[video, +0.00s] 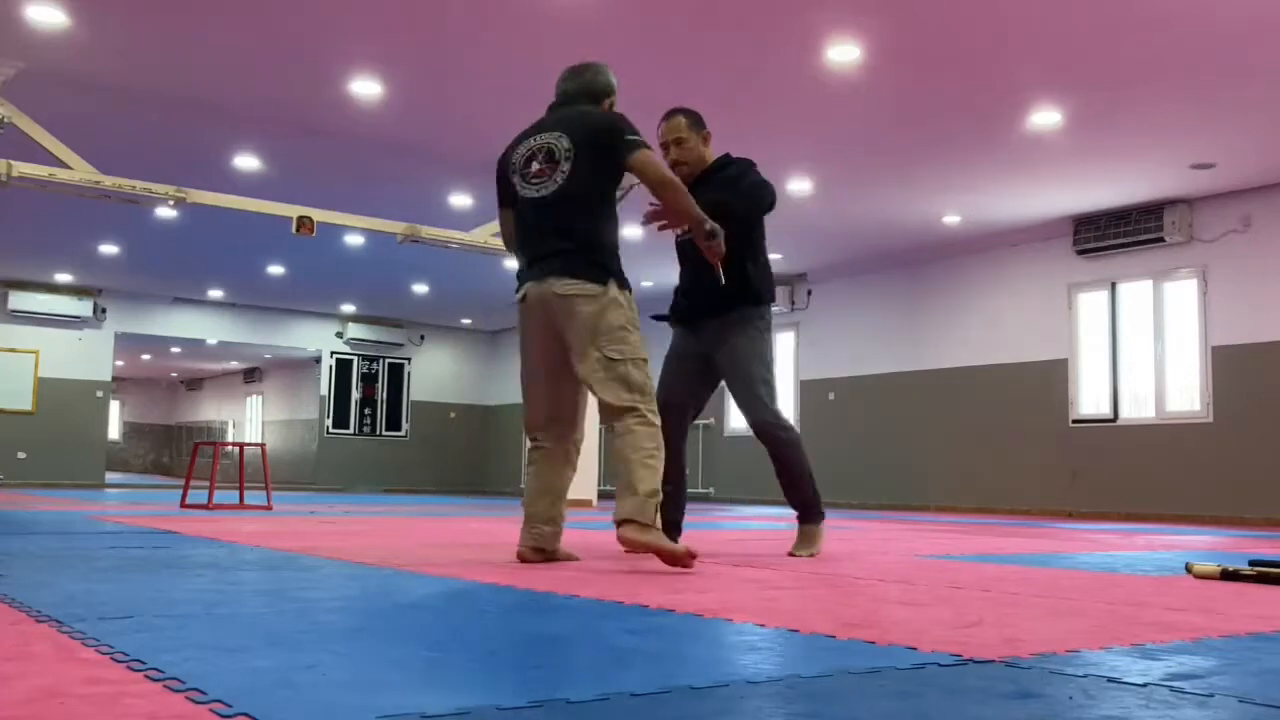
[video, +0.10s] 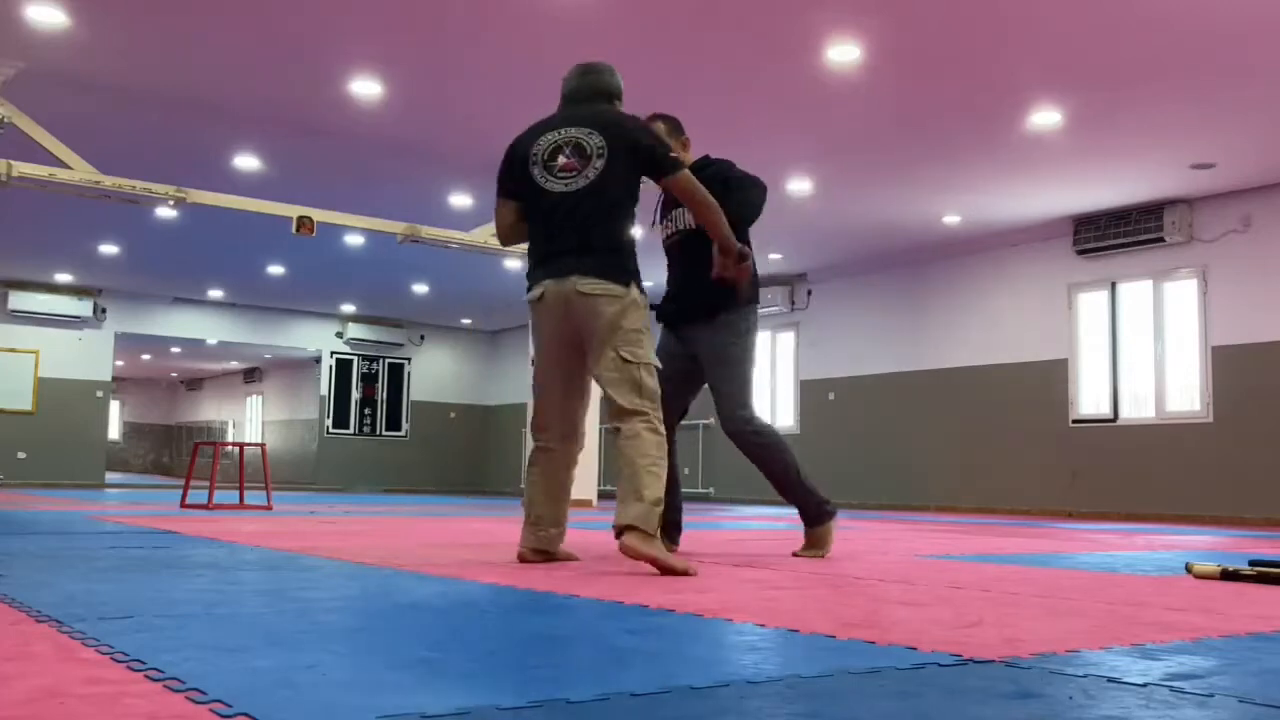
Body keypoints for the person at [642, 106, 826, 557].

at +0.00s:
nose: (672, 154)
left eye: (680, 143)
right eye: (665, 147)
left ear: (705, 141)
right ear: (661, 153)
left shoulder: (735, 171)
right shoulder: (680, 193)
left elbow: (761, 197)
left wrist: (691, 209)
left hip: (741, 320)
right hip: (692, 325)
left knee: (764, 418)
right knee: (668, 417)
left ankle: (811, 520)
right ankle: (666, 531)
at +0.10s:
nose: (654, 154)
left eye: (660, 144)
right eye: (649, 147)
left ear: (682, 144)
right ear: (649, 154)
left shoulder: (711, 172)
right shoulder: (667, 195)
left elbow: (753, 190)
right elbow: (684, 256)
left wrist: (725, 240)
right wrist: (672, 299)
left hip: (726, 319)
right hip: (682, 323)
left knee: (738, 421)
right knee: (654, 422)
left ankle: (818, 515)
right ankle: (664, 532)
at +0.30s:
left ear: (661, 144)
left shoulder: (695, 172)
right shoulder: (623, 190)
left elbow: (755, 211)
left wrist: (745, 261)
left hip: (715, 318)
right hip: (659, 324)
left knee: (755, 419)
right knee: (650, 425)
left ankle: (812, 521)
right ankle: (664, 532)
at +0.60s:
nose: (674, 154)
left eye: (680, 142)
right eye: (664, 145)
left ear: (690, 143)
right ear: (651, 152)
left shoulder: (710, 193)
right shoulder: (634, 198)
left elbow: (739, 249)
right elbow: (619, 254)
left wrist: (733, 291)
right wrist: (634, 298)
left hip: (704, 324)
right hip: (651, 326)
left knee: (745, 426)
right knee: (653, 426)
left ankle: (773, 527)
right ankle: (657, 531)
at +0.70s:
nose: (676, 147)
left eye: (681, 139)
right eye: (667, 140)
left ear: (694, 142)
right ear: (652, 145)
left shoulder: (711, 194)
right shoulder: (636, 192)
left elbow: (730, 249)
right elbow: (627, 256)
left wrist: (737, 295)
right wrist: (661, 293)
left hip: (704, 326)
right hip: (652, 327)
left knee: (744, 424)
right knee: (649, 429)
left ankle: (771, 529)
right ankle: (657, 532)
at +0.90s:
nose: (678, 153)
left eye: (686, 143)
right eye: (668, 144)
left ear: (702, 143)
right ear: (653, 148)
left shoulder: (727, 197)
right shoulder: (638, 200)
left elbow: (754, 266)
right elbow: (630, 269)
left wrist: (753, 243)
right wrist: (686, 309)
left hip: (720, 329)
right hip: (660, 333)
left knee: (763, 414)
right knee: (651, 428)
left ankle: (780, 523)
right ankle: (658, 530)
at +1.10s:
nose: (705, 150)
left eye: (715, 140)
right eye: (696, 143)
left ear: (736, 142)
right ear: (686, 148)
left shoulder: (761, 186)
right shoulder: (674, 203)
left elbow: (772, 246)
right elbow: (656, 264)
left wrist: (740, 209)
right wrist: (652, 322)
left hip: (761, 334)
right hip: (700, 338)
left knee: (796, 424)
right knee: (667, 434)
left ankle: (834, 531)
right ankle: (661, 530)